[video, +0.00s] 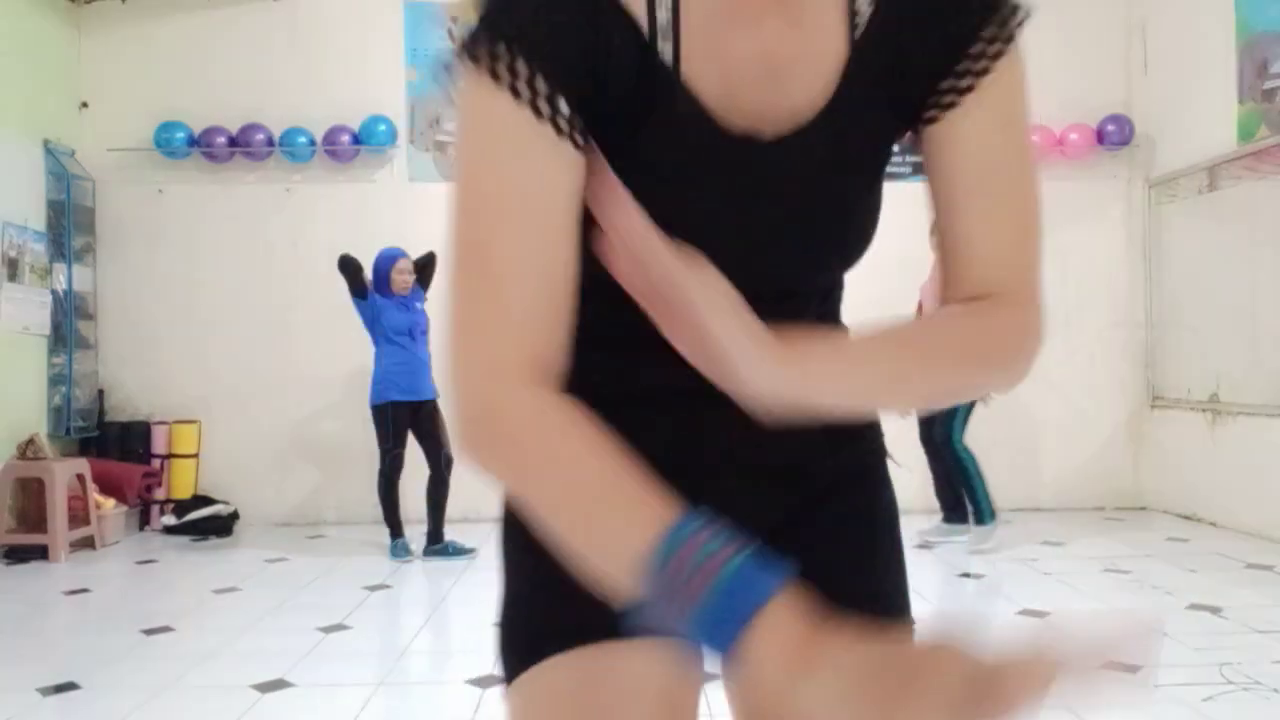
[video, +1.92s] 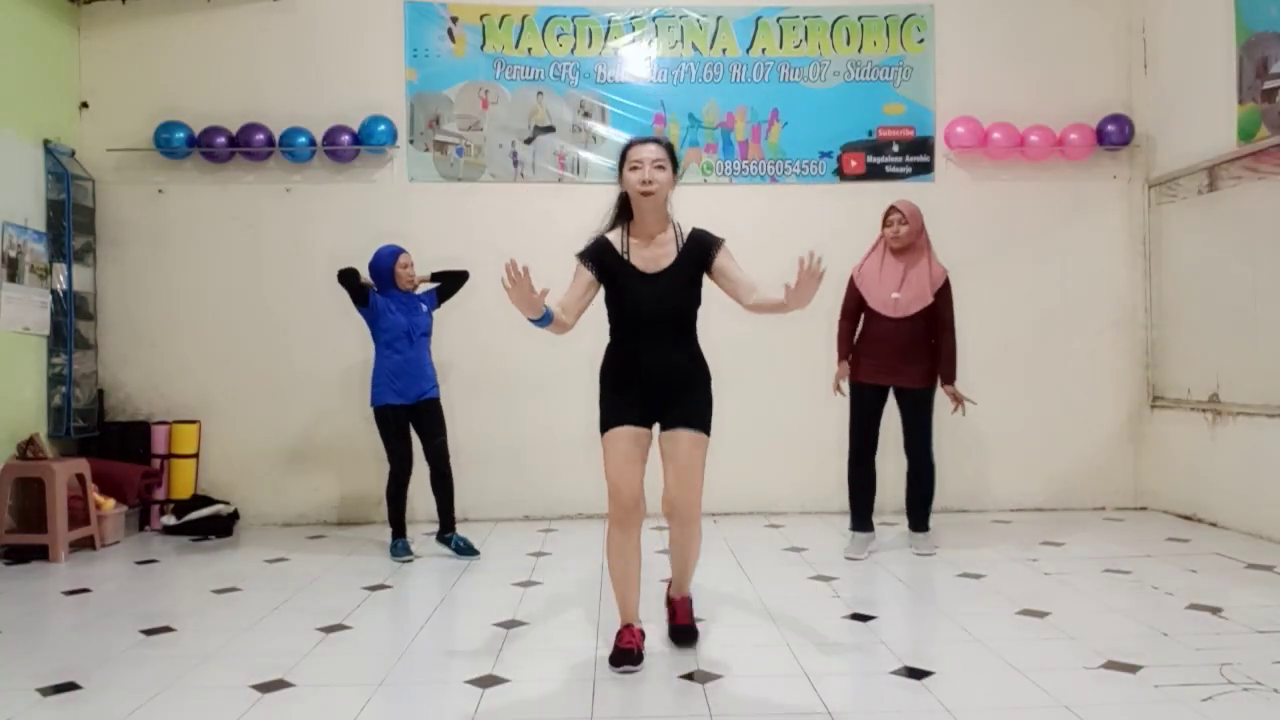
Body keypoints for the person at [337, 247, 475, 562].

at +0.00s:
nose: (406, 278)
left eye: (410, 272)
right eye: (399, 272)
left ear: (414, 276)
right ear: (384, 277)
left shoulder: (416, 300)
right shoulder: (374, 306)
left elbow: (431, 259)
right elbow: (351, 273)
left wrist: (410, 270)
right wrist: (353, 270)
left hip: (423, 395)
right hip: (389, 396)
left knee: (442, 461)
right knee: (392, 464)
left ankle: (435, 540)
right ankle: (397, 538)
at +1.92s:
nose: (412, 272)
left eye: (412, 266)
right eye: (404, 267)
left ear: (413, 272)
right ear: (388, 273)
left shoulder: (424, 302)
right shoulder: (375, 304)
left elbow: (461, 276)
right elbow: (346, 276)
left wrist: (426, 278)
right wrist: (367, 287)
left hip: (425, 394)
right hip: (389, 398)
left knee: (440, 461)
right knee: (401, 465)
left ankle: (448, 532)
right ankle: (399, 538)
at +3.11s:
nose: (406, 271)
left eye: (411, 266)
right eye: (399, 266)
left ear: (417, 271)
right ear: (387, 273)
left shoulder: (430, 302)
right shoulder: (375, 307)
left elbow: (483, 301)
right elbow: (322, 298)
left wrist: (467, 265)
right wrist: (348, 273)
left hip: (427, 395)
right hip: (390, 400)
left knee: (430, 459)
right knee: (400, 468)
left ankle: (456, 529)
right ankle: (398, 539)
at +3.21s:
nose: (409, 269)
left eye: (414, 265)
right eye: (402, 265)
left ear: (421, 270)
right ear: (391, 272)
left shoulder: (434, 302)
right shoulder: (380, 306)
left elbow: (488, 309)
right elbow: (327, 309)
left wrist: (479, 271)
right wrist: (351, 278)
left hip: (430, 393)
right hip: (394, 397)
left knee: (432, 459)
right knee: (400, 467)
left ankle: (457, 526)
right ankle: (398, 538)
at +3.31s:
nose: (414, 270)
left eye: (420, 265)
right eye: (408, 266)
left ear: (427, 271)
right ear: (397, 272)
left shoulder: (439, 304)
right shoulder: (385, 308)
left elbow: (491, 320)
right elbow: (336, 328)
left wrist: (494, 282)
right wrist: (356, 294)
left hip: (435, 398)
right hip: (399, 401)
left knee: (439, 464)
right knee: (404, 468)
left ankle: (459, 530)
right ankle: (398, 538)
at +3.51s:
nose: (427, 271)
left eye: (433, 267)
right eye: (421, 266)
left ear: (441, 272)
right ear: (411, 272)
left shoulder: (452, 306)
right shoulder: (399, 309)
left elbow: (491, 339)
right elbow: (385, 348)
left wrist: (511, 313)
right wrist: (379, 360)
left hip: (450, 395)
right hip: (413, 397)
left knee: (454, 465)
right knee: (419, 465)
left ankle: (459, 533)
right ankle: (402, 535)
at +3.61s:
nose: (431, 270)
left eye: (437, 265)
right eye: (424, 264)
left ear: (445, 271)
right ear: (415, 270)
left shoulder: (458, 304)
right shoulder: (403, 308)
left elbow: (488, 345)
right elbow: (391, 353)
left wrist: (505, 333)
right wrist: (391, 373)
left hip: (455, 394)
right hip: (419, 394)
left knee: (457, 461)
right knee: (431, 451)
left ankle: (459, 533)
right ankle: (415, 525)